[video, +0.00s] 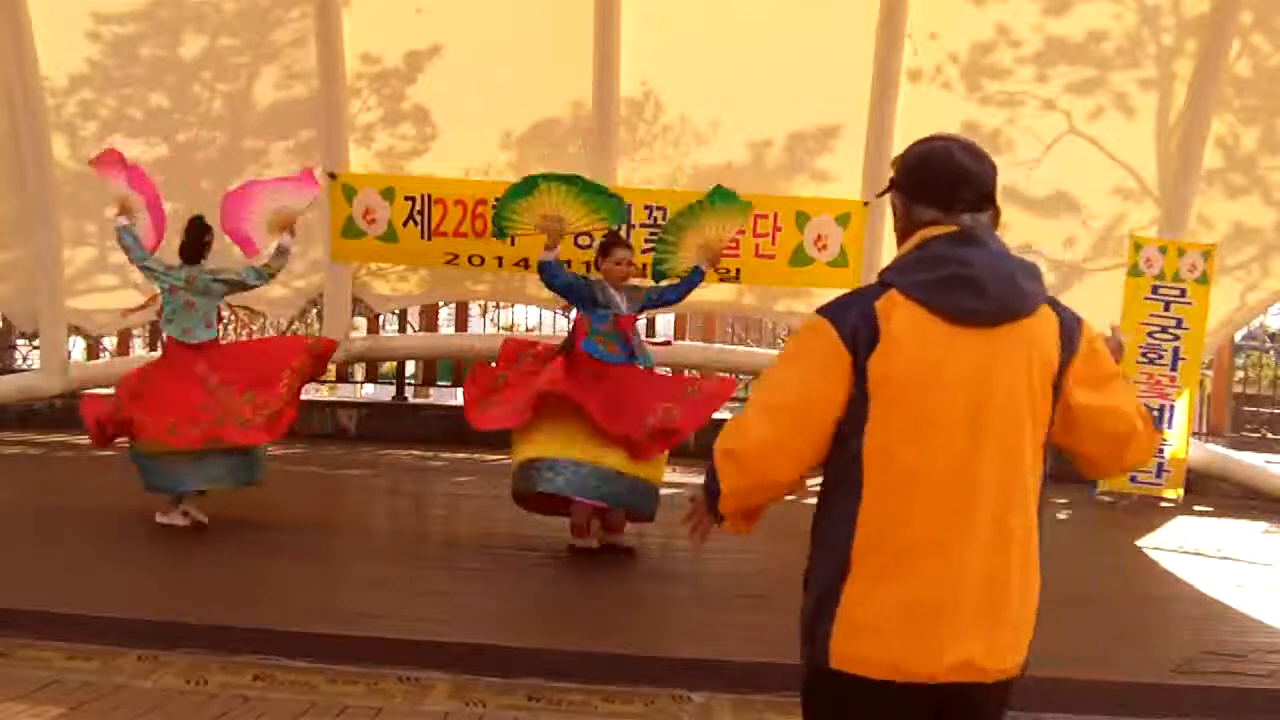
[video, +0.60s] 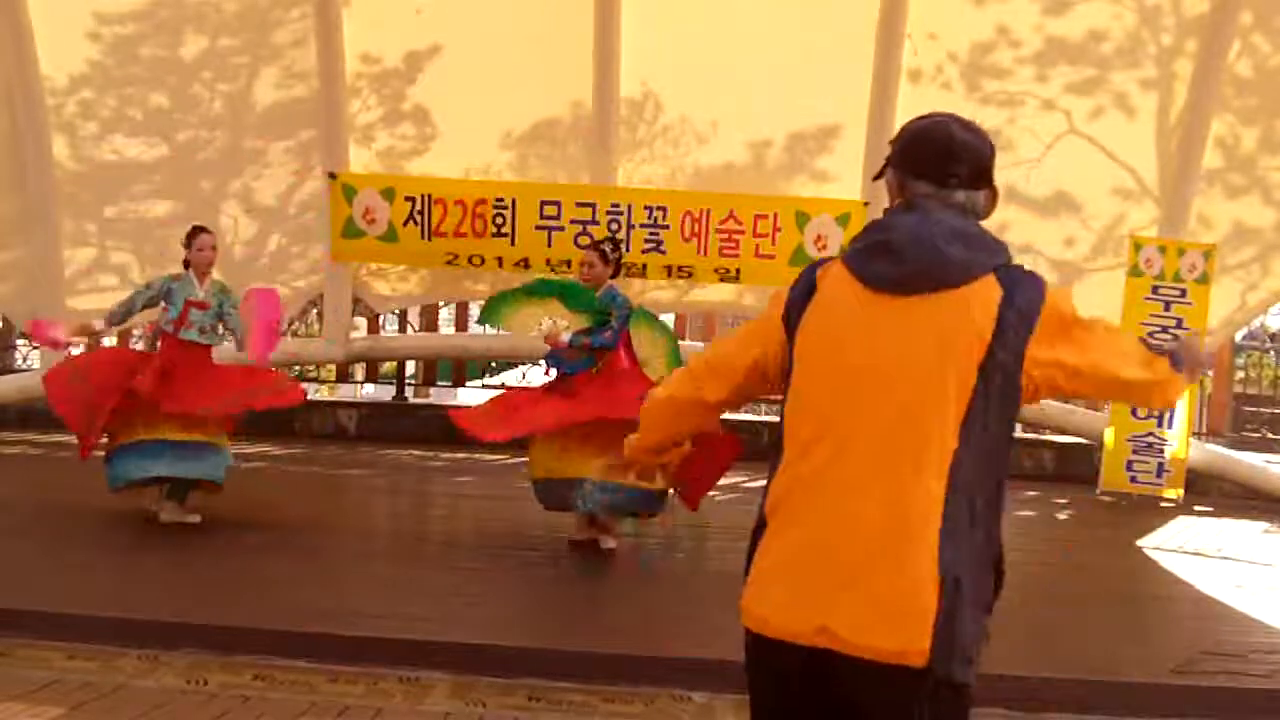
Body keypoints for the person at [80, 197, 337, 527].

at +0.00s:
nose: (207, 247)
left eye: (197, 238)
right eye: (209, 242)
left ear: (182, 244)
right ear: (208, 248)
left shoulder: (168, 276)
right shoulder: (216, 282)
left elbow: (137, 256)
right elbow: (260, 275)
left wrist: (123, 222)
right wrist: (286, 240)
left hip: (173, 361)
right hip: (207, 362)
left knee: (172, 429)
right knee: (199, 429)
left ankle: (175, 506)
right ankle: (189, 502)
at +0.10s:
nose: (212, 251)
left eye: (210, 245)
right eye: (210, 246)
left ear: (179, 244)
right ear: (201, 247)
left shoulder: (168, 274)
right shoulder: (202, 281)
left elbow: (163, 250)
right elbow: (254, 285)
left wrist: (168, 221)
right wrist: (286, 251)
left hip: (171, 362)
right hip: (199, 366)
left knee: (177, 431)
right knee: (195, 432)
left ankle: (172, 502)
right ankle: (175, 504)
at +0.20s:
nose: (215, 249)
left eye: (214, 243)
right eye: (211, 243)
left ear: (190, 246)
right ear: (196, 246)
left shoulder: (186, 276)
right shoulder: (185, 277)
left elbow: (216, 288)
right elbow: (217, 290)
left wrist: (237, 264)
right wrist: (239, 265)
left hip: (189, 362)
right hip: (188, 363)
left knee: (189, 432)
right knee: (193, 433)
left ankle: (177, 503)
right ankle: (175, 505)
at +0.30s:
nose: (212, 244)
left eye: (210, 236)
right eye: (206, 237)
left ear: (191, 241)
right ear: (192, 241)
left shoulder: (200, 276)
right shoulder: (186, 276)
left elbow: (233, 283)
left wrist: (269, 271)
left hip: (196, 362)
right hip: (186, 363)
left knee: (184, 432)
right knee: (185, 432)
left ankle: (173, 505)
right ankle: (169, 506)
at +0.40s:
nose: (214, 253)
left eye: (215, 247)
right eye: (208, 247)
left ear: (211, 250)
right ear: (188, 250)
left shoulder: (215, 286)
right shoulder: (179, 280)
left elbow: (255, 298)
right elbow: (148, 291)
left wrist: (298, 294)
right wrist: (150, 251)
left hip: (201, 365)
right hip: (177, 365)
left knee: (190, 430)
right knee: (176, 429)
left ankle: (168, 499)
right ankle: (154, 494)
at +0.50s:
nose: (212, 255)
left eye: (214, 249)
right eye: (205, 249)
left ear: (216, 253)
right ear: (187, 252)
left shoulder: (221, 291)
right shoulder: (174, 284)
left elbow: (251, 316)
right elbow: (139, 296)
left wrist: (284, 317)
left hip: (201, 368)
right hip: (170, 365)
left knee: (188, 431)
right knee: (162, 428)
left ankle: (175, 502)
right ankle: (151, 492)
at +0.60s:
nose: (208, 255)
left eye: (212, 249)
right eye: (201, 249)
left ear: (217, 253)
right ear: (187, 253)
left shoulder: (223, 294)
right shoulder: (172, 285)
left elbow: (241, 329)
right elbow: (136, 301)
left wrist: (255, 350)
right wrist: (109, 323)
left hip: (200, 363)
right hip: (167, 361)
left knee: (193, 428)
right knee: (162, 423)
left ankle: (173, 502)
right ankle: (158, 496)